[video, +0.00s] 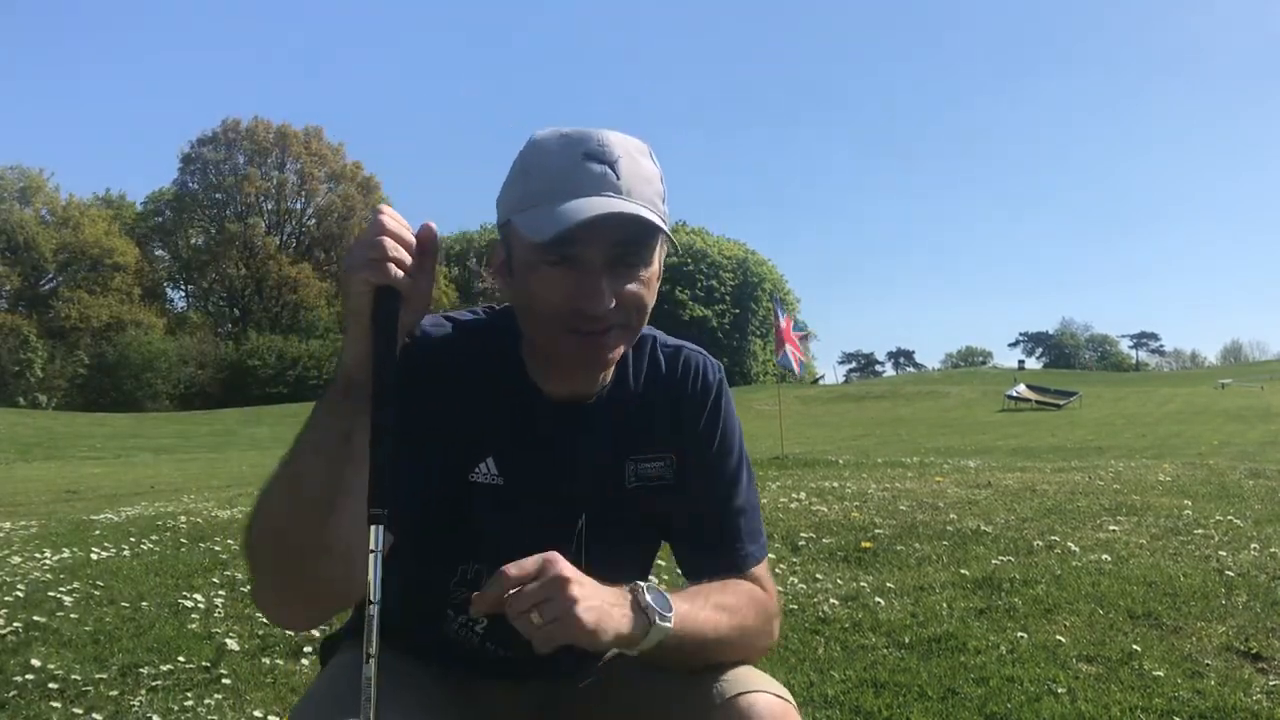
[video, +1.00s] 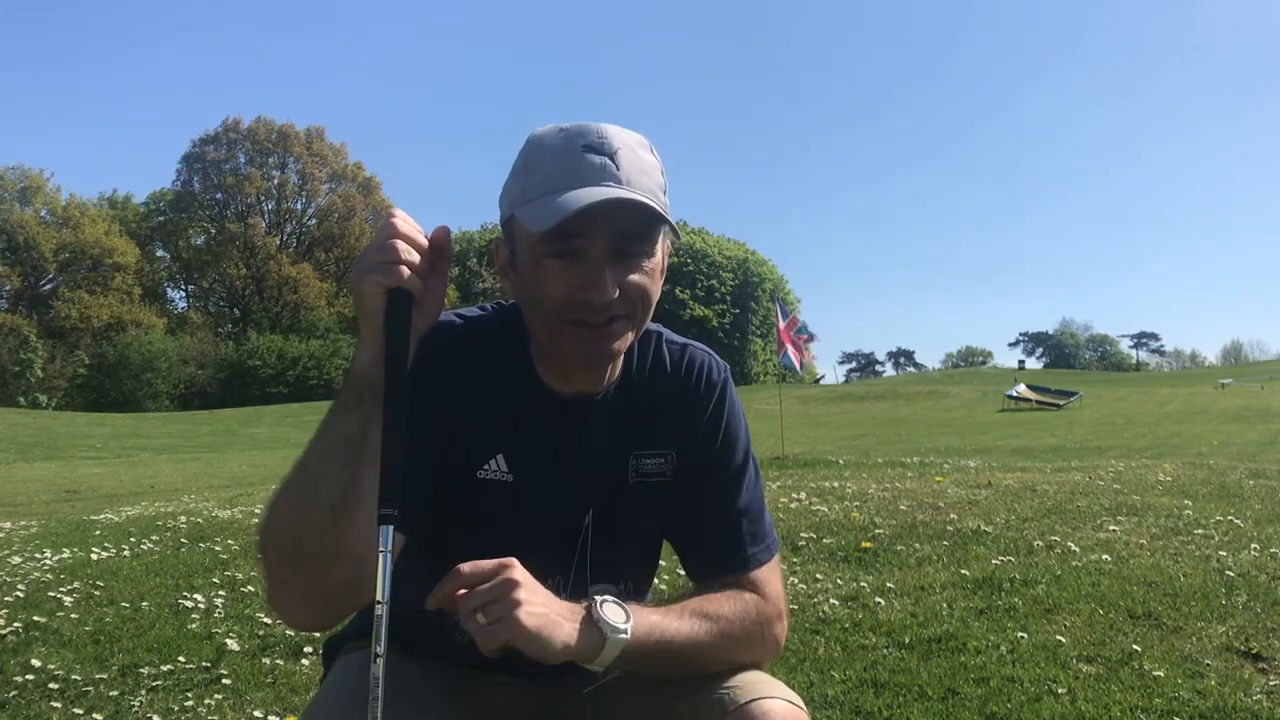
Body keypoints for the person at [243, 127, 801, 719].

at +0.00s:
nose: (600, 298)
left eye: (627, 262)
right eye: (564, 260)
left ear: (659, 270)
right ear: (502, 265)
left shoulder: (685, 385)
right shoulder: (422, 363)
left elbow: (753, 613)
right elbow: (290, 600)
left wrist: (630, 610)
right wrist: (362, 361)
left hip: (606, 663)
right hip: (426, 665)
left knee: (764, 710)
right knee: (336, 706)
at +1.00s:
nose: (602, 289)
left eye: (630, 252)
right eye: (565, 251)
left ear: (663, 264)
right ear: (504, 262)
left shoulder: (691, 384)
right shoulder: (436, 361)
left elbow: (759, 620)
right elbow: (303, 601)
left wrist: (585, 627)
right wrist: (376, 361)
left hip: (604, 671)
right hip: (434, 663)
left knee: (772, 710)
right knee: (352, 700)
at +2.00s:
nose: (607, 292)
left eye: (636, 254)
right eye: (570, 253)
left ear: (666, 268)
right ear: (509, 263)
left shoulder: (693, 388)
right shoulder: (441, 367)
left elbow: (763, 613)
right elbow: (316, 602)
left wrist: (676, 618)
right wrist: (388, 365)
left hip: (609, 668)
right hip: (435, 668)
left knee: (776, 709)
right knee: (351, 710)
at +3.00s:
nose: (605, 282)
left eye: (638, 249)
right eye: (576, 243)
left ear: (675, 277)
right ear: (521, 260)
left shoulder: (700, 395)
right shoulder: (449, 366)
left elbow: (774, 626)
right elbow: (320, 603)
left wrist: (688, 610)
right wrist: (393, 363)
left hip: (615, 667)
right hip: (440, 665)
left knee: (773, 708)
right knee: (355, 709)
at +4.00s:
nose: (596, 289)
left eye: (626, 254)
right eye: (564, 253)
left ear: (663, 275)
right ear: (510, 263)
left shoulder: (689, 390)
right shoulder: (437, 369)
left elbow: (765, 607)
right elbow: (303, 606)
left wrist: (668, 647)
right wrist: (377, 367)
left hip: (612, 670)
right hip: (432, 669)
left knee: (778, 711)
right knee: (346, 715)